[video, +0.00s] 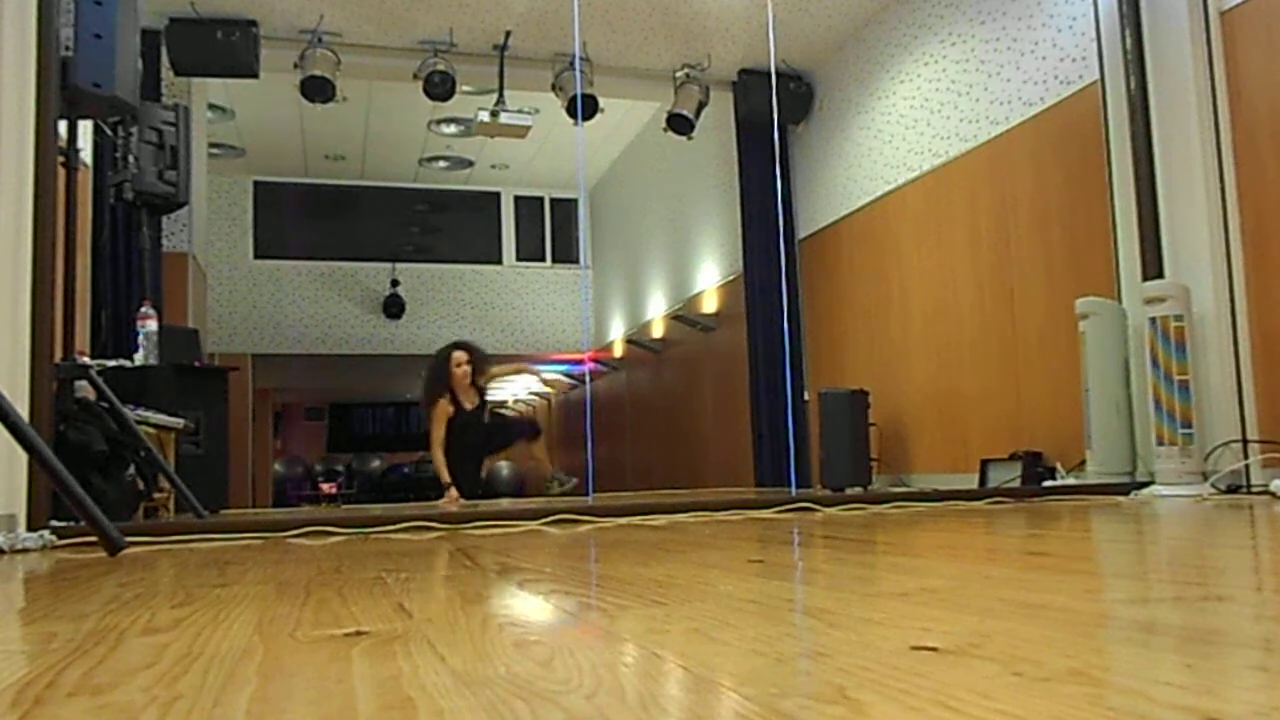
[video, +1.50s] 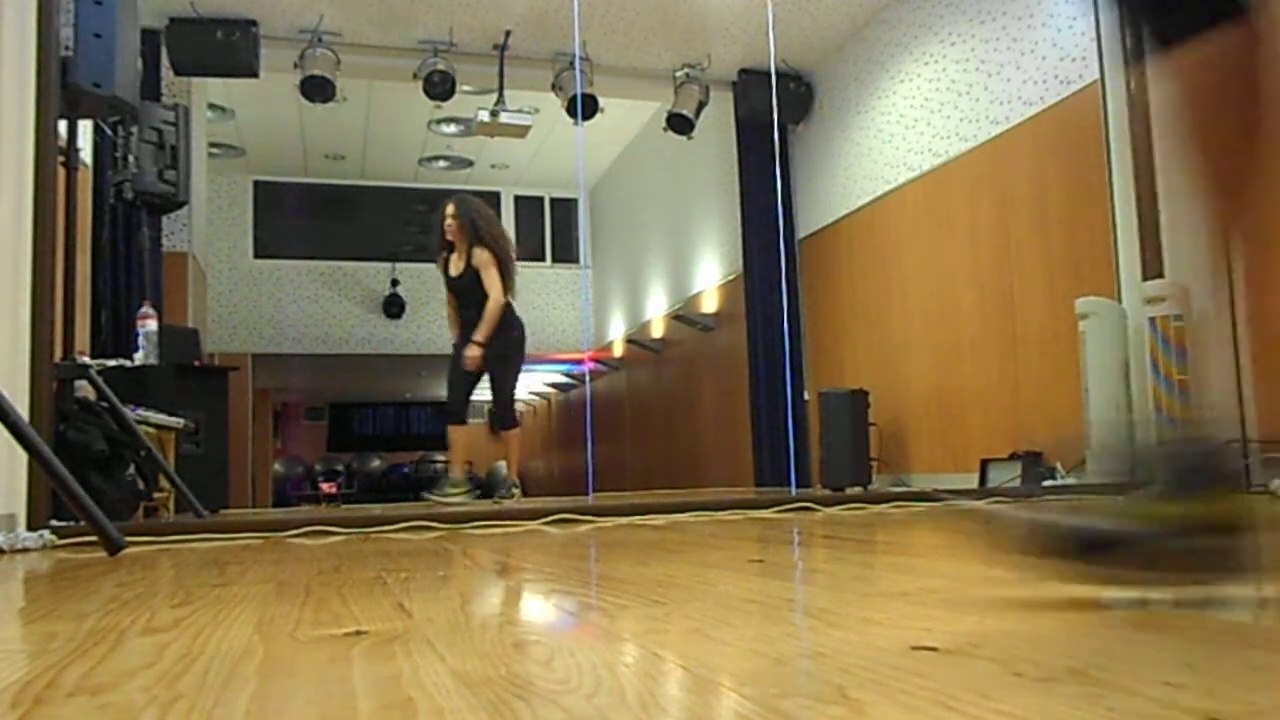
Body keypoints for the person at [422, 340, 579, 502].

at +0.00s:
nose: (466, 369)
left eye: (468, 363)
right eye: (458, 366)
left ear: (474, 366)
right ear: (446, 373)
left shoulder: (479, 383)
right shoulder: (444, 405)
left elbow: (517, 369)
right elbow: (436, 449)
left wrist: (541, 377)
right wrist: (448, 486)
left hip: (483, 439)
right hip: (462, 456)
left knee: (529, 428)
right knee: (469, 495)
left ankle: (550, 477)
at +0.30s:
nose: (482, 373)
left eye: (486, 366)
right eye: (476, 369)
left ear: (499, 364)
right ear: (472, 372)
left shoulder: (520, 380)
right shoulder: (477, 397)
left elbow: (562, 390)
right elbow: (462, 440)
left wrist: (587, 422)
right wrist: (453, 485)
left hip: (535, 402)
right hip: (506, 415)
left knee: (528, 429)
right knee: (495, 460)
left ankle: (540, 483)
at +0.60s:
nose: (483, 352)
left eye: (486, 346)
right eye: (479, 347)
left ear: (500, 343)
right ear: (477, 350)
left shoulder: (526, 360)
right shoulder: (490, 373)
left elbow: (577, 360)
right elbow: (492, 410)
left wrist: (597, 376)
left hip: (567, 379)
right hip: (542, 388)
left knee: (540, 428)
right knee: (533, 443)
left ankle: (540, 484)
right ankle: (590, 472)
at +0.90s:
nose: (488, 296)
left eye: (493, 290)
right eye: (486, 290)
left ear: (508, 291)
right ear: (483, 293)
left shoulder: (531, 316)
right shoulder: (496, 321)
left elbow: (577, 331)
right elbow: (498, 361)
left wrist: (590, 365)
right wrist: (513, 397)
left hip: (567, 360)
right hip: (544, 368)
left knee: (540, 410)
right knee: (555, 430)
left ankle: (551, 472)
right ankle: (598, 473)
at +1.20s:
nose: (480, 250)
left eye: (487, 244)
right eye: (477, 244)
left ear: (501, 249)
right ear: (474, 249)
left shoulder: (515, 283)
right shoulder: (476, 285)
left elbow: (549, 318)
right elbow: (470, 327)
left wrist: (546, 364)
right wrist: (470, 367)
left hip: (530, 353)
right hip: (508, 358)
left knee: (513, 414)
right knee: (536, 418)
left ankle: (512, 482)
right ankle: (576, 467)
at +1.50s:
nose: (448, 224)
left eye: (454, 218)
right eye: (446, 218)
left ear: (469, 222)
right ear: (443, 223)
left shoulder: (482, 255)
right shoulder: (447, 261)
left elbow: (497, 298)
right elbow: (453, 302)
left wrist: (478, 341)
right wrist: (457, 335)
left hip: (503, 330)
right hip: (470, 331)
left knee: (503, 405)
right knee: (456, 403)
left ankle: (512, 478)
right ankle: (457, 477)